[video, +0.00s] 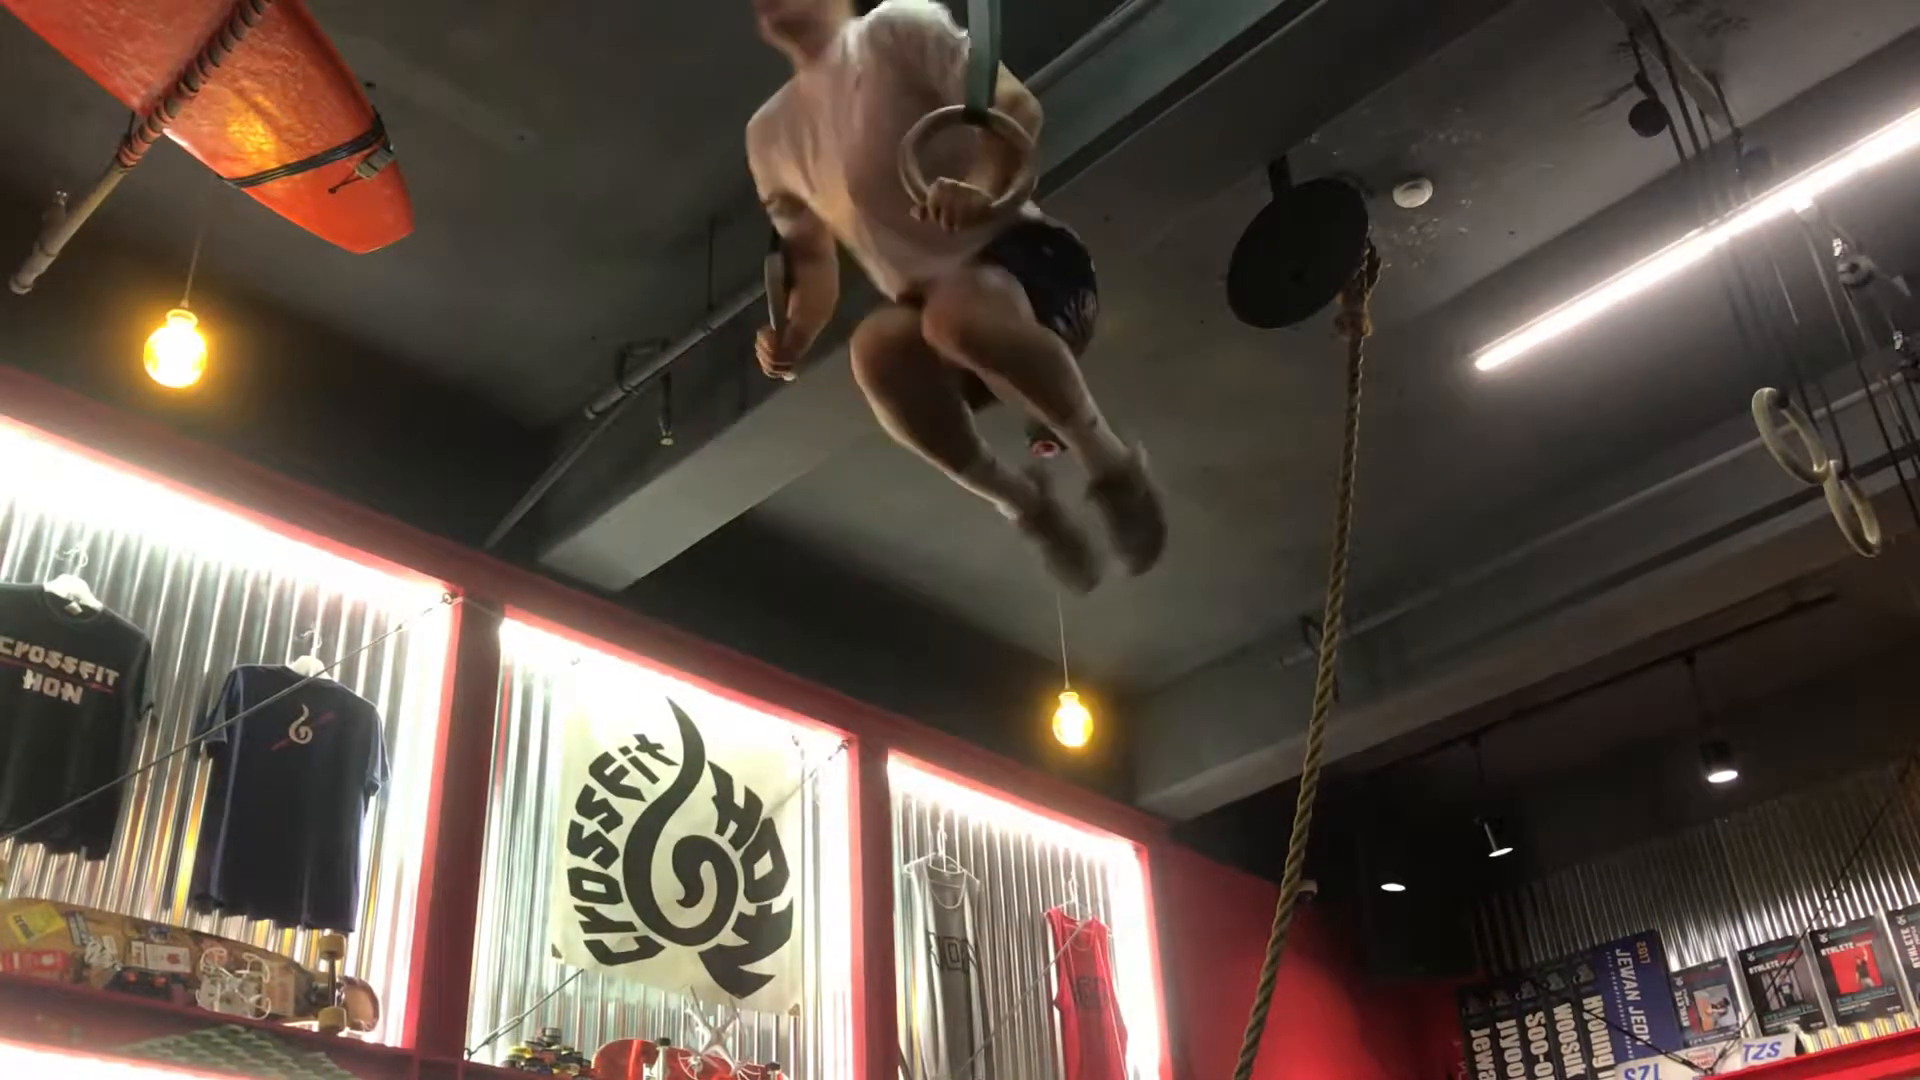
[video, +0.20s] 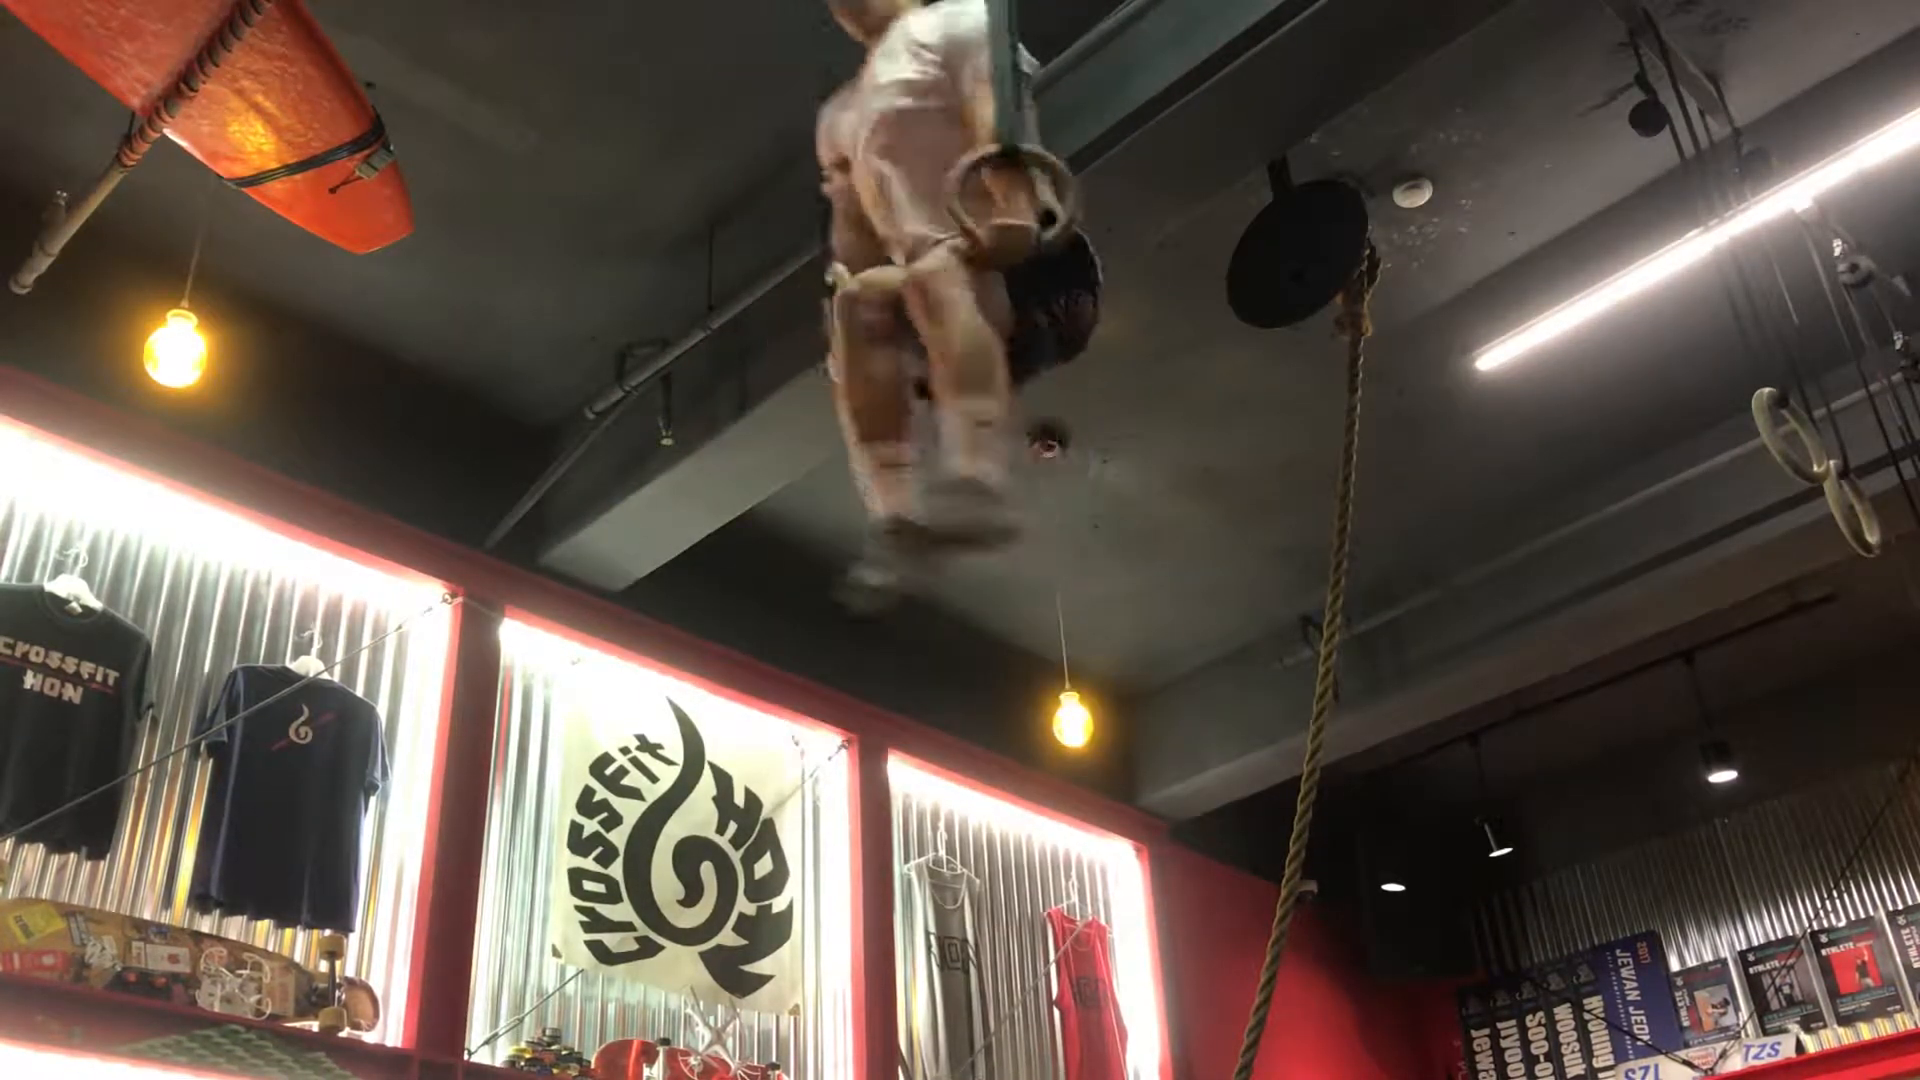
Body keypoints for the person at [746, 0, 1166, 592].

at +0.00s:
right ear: (762, 21)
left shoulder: (899, 29)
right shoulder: (769, 134)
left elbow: (1018, 108)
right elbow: (808, 257)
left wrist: (979, 187)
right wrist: (795, 332)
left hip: (1031, 264)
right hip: (931, 321)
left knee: (958, 314)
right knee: (875, 352)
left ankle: (1110, 462)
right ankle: (1023, 502)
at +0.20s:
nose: (838, 12)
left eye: (843, 5)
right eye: (836, 9)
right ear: (843, 16)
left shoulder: (958, 21)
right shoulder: (839, 114)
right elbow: (853, 250)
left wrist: (1014, 210)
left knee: (934, 281)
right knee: (854, 310)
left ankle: (979, 482)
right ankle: (893, 521)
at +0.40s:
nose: (928, 134)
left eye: (940, 112)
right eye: (915, 125)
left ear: (989, 106)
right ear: (912, 143)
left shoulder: (1042, 147)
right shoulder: (921, 240)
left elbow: (1172, 196)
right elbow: (931, 333)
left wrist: (1156, 238)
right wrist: (878, 350)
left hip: (1058, 405)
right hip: (975, 455)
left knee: (923, 340)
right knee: (830, 359)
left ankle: (789, 421)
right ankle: (732, 520)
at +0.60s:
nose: (1015, 403)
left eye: (1029, 384)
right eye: (1007, 394)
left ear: (1081, 387)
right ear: (1008, 411)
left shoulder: (1138, 444)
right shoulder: (1017, 489)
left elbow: (1246, 433)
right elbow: (948, 575)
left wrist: (1187, 341)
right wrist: (931, 485)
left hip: (1070, 631)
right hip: (987, 666)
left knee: (927, 541)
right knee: (796, 598)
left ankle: (701, 548)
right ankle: (607, 681)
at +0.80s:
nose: (1021, 581)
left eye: (1041, 564)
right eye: (1011, 570)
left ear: (1089, 575)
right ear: (1001, 589)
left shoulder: (1132, 623)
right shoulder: (994, 656)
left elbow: (1125, 470)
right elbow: (959, 534)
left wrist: (1093, 365)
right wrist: (955, 439)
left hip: (1091, 911)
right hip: (994, 921)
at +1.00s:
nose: (849, 523)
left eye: (867, 503)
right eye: (840, 508)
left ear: (920, 505)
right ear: (836, 521)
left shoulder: (971, 569)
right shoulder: (848, 611)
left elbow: (968, 404)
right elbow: (839, 485)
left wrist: (962, 298)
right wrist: (846, 375)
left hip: (989, 936)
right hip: (885, 962)